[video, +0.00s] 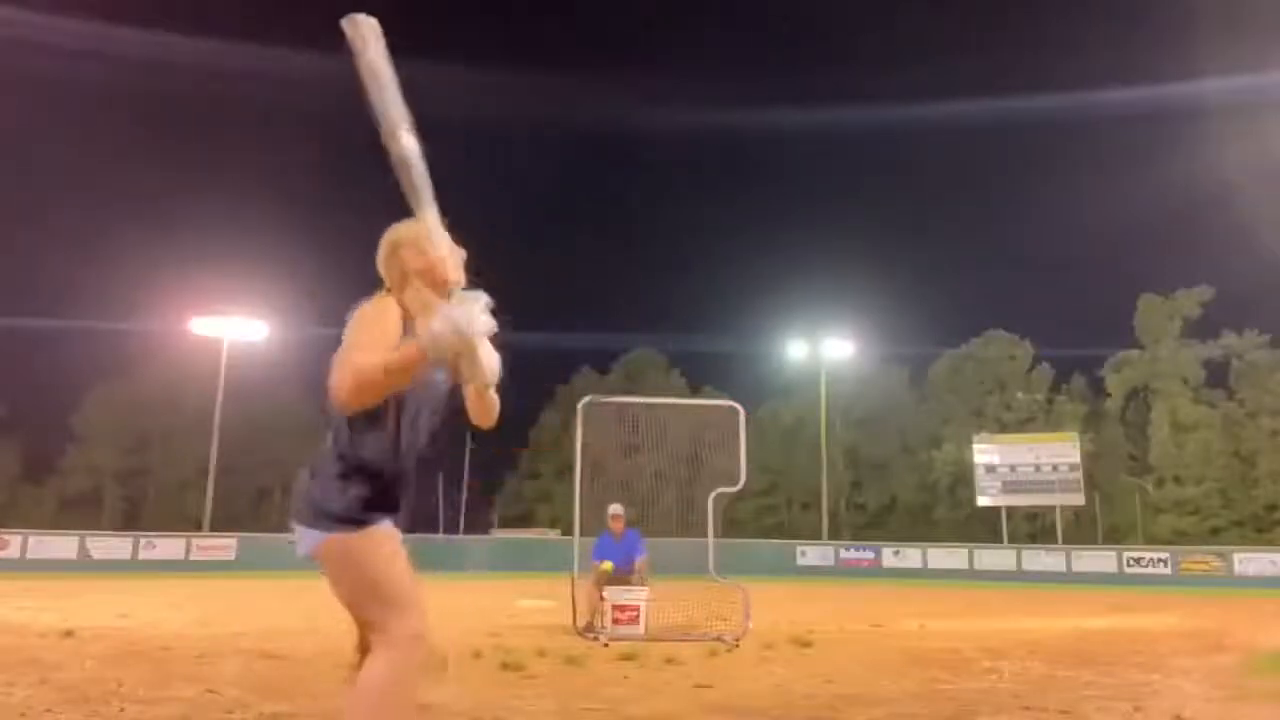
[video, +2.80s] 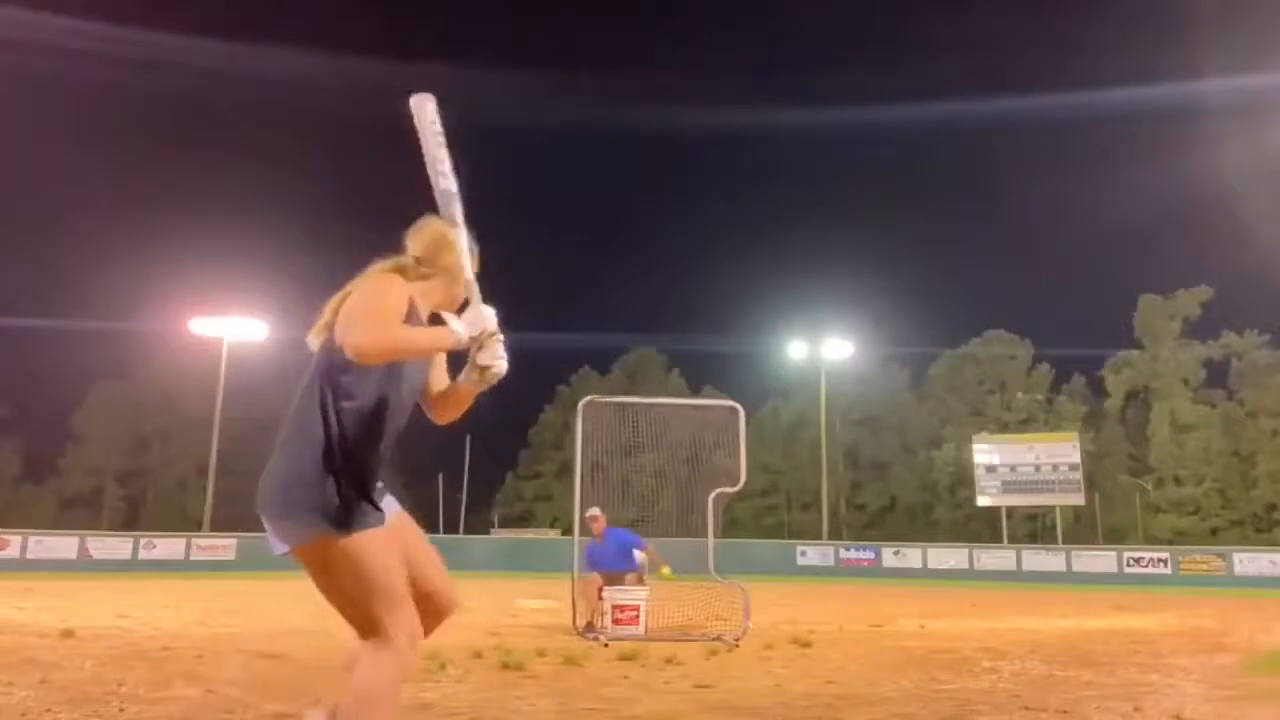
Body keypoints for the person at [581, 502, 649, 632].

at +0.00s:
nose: (617, 523)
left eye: (620, 519)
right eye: (614, 519)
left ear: (624, 520)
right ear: (608, 521)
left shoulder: (633, 536)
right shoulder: (603, 538)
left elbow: (640, 558)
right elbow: (596, 561)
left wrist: (639, 575)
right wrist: (602, 569)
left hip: (628, 573)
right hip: (609, 574)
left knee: (640, 582)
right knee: (594, 586)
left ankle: (637, 623)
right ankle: (590, 621)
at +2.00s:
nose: (612, 520)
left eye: (615, 515)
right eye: (608, 516)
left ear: (621, 517)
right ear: (604, 519)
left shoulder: (631, 537)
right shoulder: (599, 539)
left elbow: (640, 560)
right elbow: (593, 562)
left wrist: (625, 566)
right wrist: (600, 564)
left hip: (625, 572)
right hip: (606, 572)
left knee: (635, 573)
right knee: (593, 580)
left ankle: (635, 618)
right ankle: (590, 620)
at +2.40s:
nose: (604, 521)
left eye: (607, 517)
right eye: (601, 518)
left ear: (614, 517)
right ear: (597, 520)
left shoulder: (626, 537)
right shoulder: (596, 540)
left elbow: (636, 560)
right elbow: (593, 562)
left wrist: (621, 564)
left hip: (625, 573)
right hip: (606, 574)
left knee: (635, 577)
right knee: (593, 580)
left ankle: (635, 621)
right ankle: (590, 621)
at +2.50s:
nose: (599, 523)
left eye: (601, 519)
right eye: (595, 520)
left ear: (609, 518)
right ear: (593, 522)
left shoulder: (623, 537)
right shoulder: (595, 542)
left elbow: (640, 556)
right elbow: (591, 564)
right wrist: (597, 575)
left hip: (622, 573)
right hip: (603, 575)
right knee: (591, 587)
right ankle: (589, 622)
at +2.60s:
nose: (597, 524)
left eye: (600, 519)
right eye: (594, 521)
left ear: (607, 519)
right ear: (591, 523)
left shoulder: (620, 535)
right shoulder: (594, 545)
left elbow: (639, 552)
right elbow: (592, 568)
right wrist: (598, 578)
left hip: (622, 573)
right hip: (603, 575)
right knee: (590, 586)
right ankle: (589, 622)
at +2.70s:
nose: (594, 525)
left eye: (597, 520)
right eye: (591, 522)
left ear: (604, 520)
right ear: (589, 524)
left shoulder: (616, 535)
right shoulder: (593, 546)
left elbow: (637, 544)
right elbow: (592, 567)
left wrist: (640, 552)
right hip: (604, 575)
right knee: (590, 586)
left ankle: (589, 622)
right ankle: (589, 622)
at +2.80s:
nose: (594, 525)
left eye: (596, 520)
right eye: (591, 522)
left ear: (604, 520)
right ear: (588, 524)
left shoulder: (619, 535)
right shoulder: (591, 547)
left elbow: (645, 547)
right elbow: (592, 570)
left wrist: (661, 565)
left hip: (626, 575)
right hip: (605, 577)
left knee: (632, 577)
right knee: (592, 580)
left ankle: (629, 621)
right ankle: (590, 622)